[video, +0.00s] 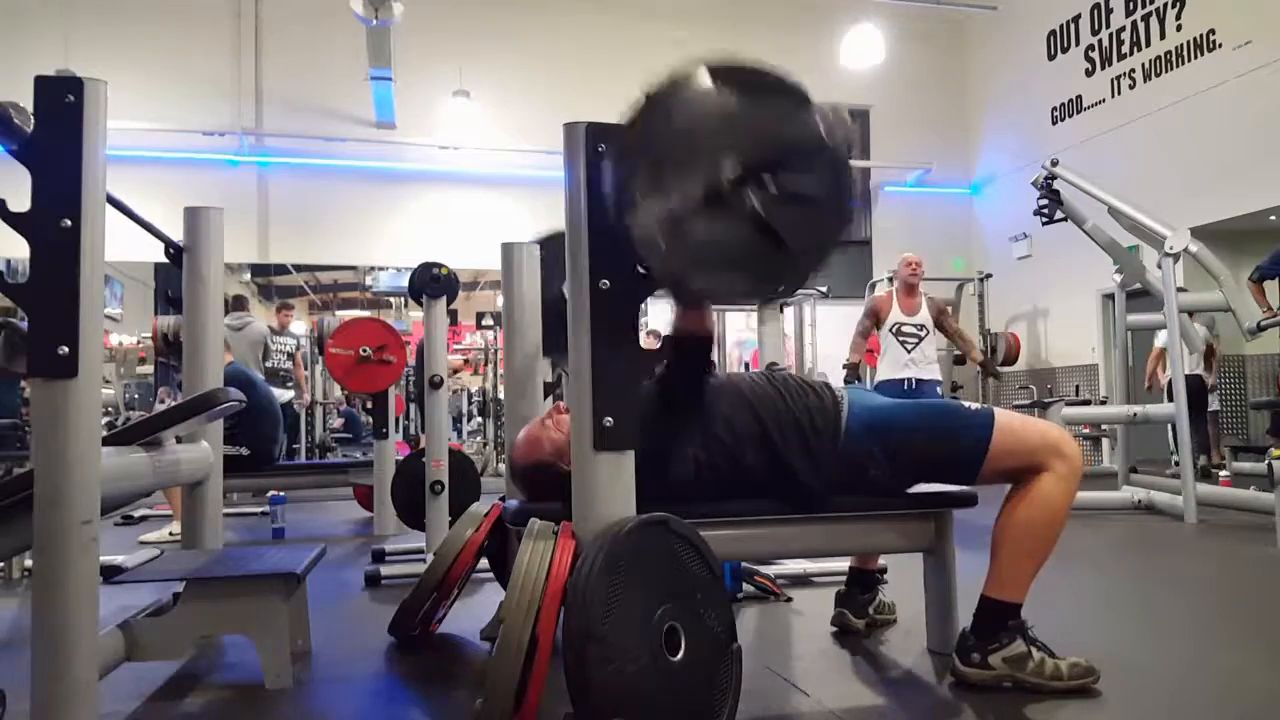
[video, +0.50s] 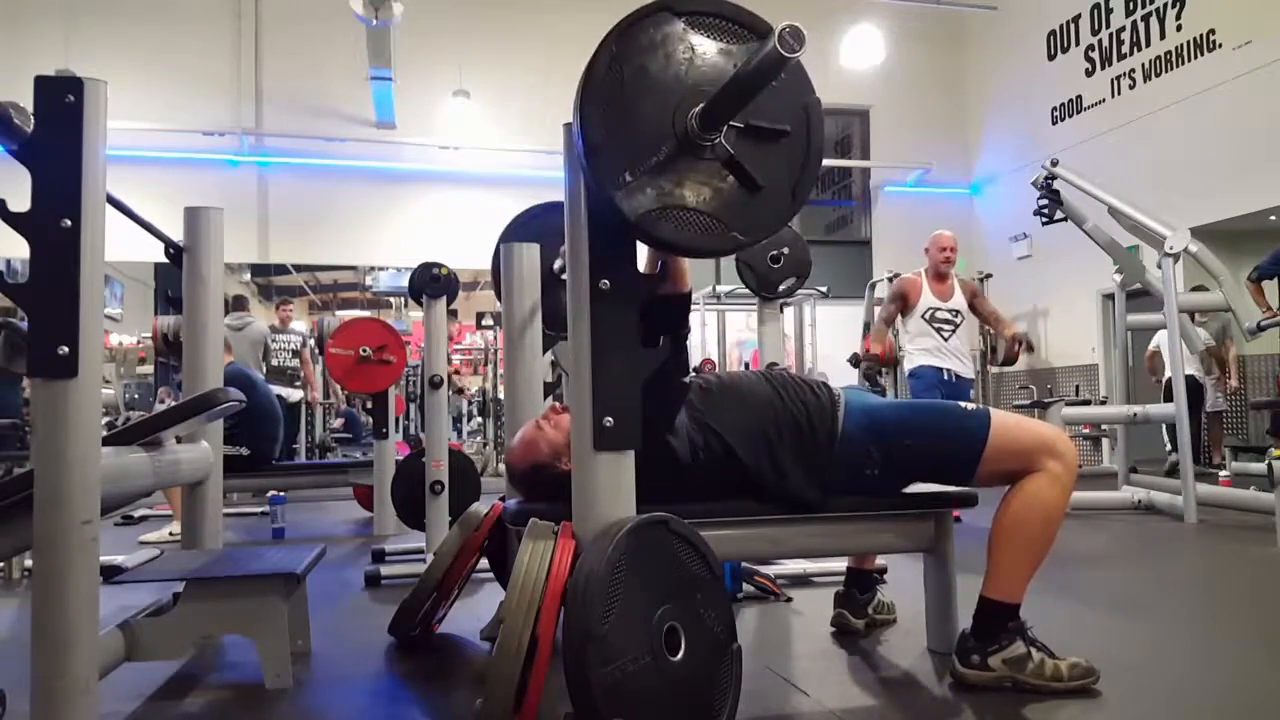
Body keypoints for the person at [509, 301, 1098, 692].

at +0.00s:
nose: (559, 407)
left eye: (548, 411)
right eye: (552, 419)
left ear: (563, 455)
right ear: (570, 450)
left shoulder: (617, 440)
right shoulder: (638, 453)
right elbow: (691, 344)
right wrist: (699, 248)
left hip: (818, 424)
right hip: (847, 430)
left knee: (904, 430)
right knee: (1058, 452)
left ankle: (861, 591)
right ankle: (994, 639)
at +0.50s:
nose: (554, 409)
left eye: (544, 413)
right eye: (545, 426)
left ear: (564, 431)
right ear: (562, 463)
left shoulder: (615, 434)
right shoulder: (629, 457)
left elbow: (647, 366)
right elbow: (657, 348)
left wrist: (662, 266)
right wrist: (669, 255)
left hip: (827, 419)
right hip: (846, 435)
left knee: (922, 437)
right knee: (1054, 454)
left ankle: (858, 592)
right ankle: (992, 639)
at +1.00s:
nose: (553, 410)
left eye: (544, 413)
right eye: (544, 425)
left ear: (561, 421)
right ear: (555, 461)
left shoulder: (607, 436)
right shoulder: (617, 460)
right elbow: (714, 408)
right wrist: (731, 306)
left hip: (814, 430)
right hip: (837, 435)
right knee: (1055, 456)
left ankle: (860, 595)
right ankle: (993, 640)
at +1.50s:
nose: (550, 407)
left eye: (539, 414)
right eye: (544, 424)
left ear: (557, 425)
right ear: (562, 454)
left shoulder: (617, 423)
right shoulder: (630, 451)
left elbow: (666, 383)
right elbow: (764, 460)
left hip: (800, 430)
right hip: (842, 441)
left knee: (902, 444)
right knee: (1058, 457)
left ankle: (858, 595)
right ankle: (992, 642)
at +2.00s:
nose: (552, 406)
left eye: (542, 413)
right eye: (546, 423)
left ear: (563, 422)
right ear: (564, 453)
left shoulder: (626, 419)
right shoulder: (627, 451)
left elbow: (721, 403)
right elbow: (738, 435)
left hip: (808, 428)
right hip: (843, 438)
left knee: (892, 444)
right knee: (1060, 457)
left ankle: (858, 597)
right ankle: (993, 639)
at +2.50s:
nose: (544, 406)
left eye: (533, 411)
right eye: (536, 425)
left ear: (556, 445)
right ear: (558, 460)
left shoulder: (611, 417)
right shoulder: (622, 431)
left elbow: (653, 289)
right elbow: (662, 290)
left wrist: (660, 177)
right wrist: (658, 173)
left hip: (811, 418)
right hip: (837, 431)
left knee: (906, 432)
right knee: (1049, 450)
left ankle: (861, 596)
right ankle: (992, 642)